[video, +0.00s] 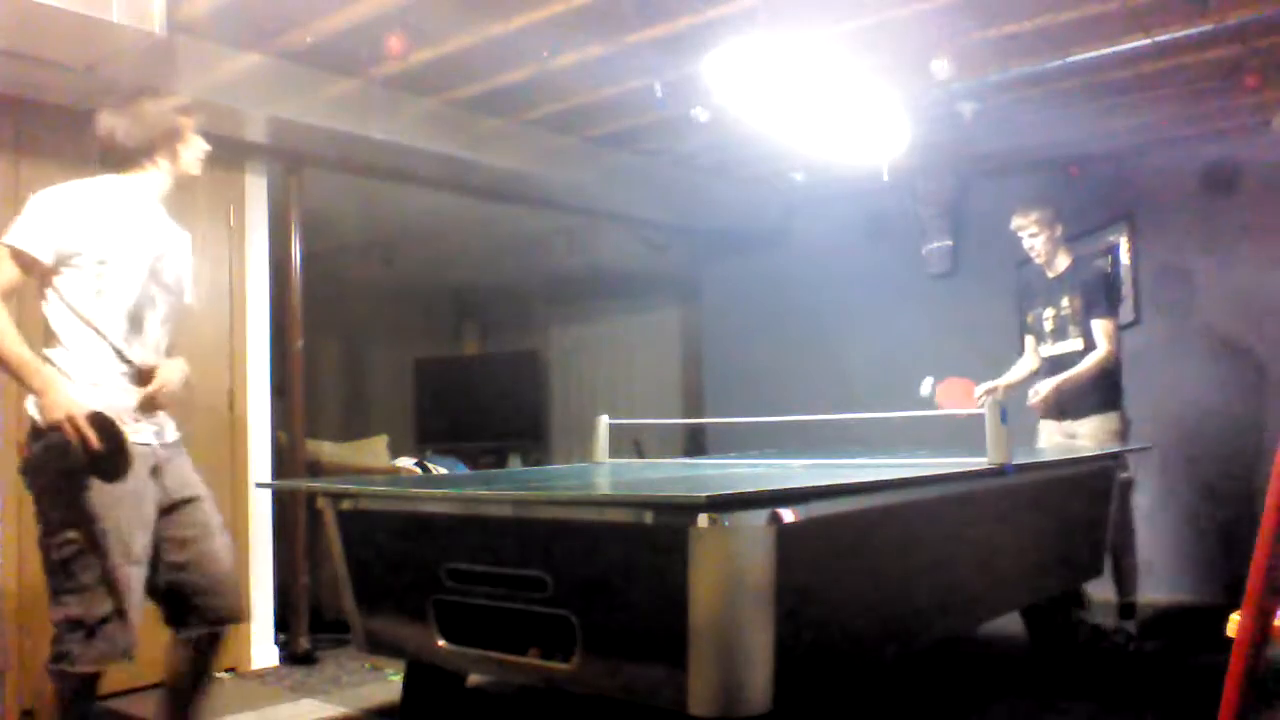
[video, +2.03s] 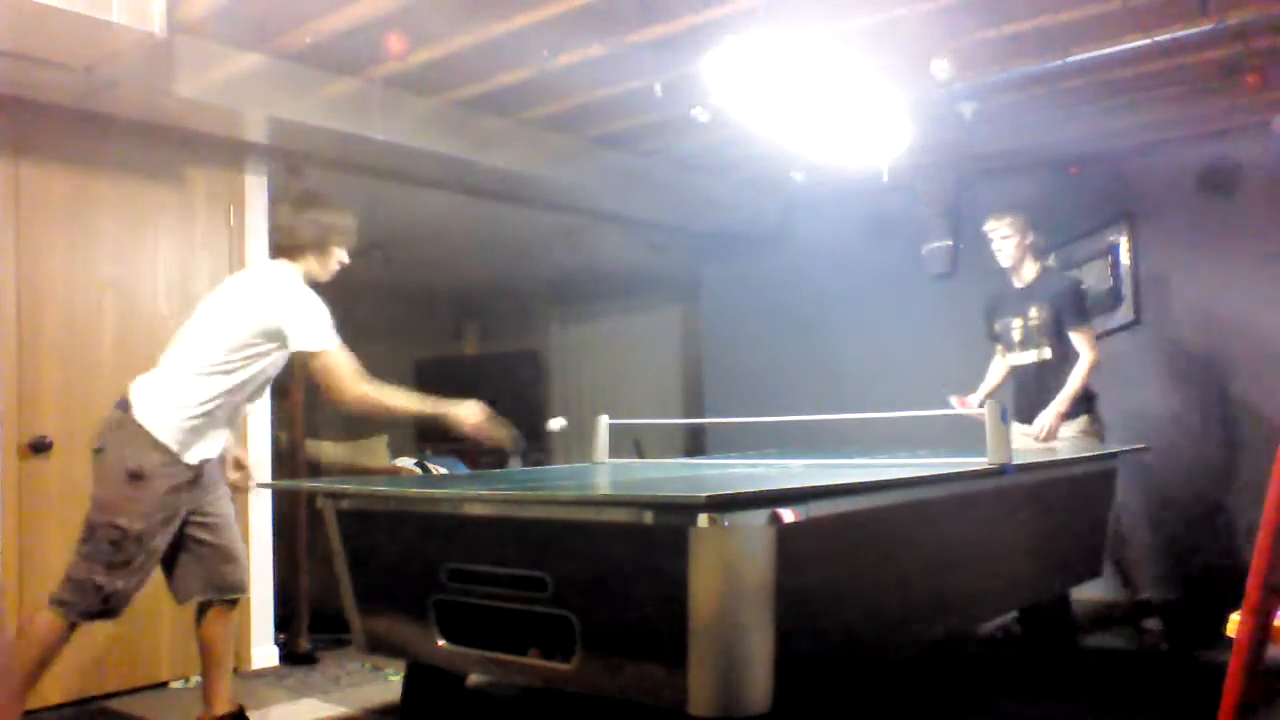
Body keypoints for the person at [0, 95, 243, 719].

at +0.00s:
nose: (204, 144)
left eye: (199, 132)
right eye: (193, 131)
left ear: (155, 143)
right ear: (162, 142)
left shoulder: (176, 240)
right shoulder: (69, 206)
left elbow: (156, 343)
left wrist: (177, 368)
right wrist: (44, 384)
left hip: (154, 438)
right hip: (81, 439)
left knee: (213, 602)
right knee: (91, 636)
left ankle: (177, 715)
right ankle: (72, 715)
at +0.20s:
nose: (180, 156)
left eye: (178, 142)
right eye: (171, 141)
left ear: (144, 146)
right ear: (134, 142)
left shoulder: (154, 244)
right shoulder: (50, 216)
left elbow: (151, 349)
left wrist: (191, 361)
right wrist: (47, 385)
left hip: (130, 443)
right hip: (60, 436)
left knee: (125, 612)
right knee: (78, 620)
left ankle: (83, 708)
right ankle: (44, 714)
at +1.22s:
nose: (172, 181)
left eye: (170, 168)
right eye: (163, 168)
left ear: (136, 174)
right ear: (129, 172)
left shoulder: (144, 256)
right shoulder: (53, 239)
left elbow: (135, 341)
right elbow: (18, 342)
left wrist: (170, 376)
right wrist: (125, 379)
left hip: (135, 443)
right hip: (65, 447)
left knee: (181, 583)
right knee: (54, 607)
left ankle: (167, 708)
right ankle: (21, 713)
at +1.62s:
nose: (258, 210)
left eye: (258, 197)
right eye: (253, 195)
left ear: (219, 196)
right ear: (223, 196)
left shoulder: (214, 271)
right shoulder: (141, 258)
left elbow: (209, 364)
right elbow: (110, 363)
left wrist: (241, 408)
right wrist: (212, 410)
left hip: (181, 448)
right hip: (119, 448)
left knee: (207, 585)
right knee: (80, 599)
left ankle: (214, 711)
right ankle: (26, 716)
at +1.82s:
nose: (311, 242)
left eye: (312, 230)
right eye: (305, 228)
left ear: (266, 228)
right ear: (276, 227)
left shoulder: (248, 281)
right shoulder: (228, 276)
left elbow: (228, 386)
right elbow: (224, 394)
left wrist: (261, 451)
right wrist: (315, 428)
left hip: (190, 451)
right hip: (135, 443)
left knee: (220, 586)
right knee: (87, 596)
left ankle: (217, 711)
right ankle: (27, 713)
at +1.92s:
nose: (334, 255)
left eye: (335, 245)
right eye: (330, 243)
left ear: (284, 239)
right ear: (301, 242)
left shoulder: (249, 284)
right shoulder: (267, 292)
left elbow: (208, 386)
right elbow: (292, 408)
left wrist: (249, 456)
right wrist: (386, 435)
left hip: (193, 455)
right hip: (142, 446)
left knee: (222, 586)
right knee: (84, 597)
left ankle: (218, 710)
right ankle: (27, 711)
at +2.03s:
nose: (345, 263)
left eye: (347, 252)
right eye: (341, 250)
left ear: (295, 242)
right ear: (314, 244)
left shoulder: (256, 284)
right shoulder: (292, 295)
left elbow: (206, 372)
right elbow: (352, 391)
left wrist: (231, 449)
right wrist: (448, 409)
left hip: (195, 454)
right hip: (149, 442)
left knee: (221, 582)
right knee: (86, 587)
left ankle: (219, 708)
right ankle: (8, 699)